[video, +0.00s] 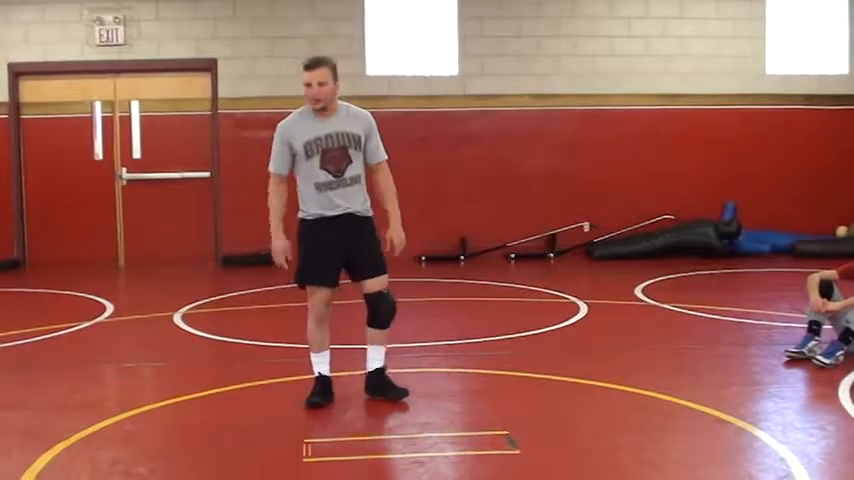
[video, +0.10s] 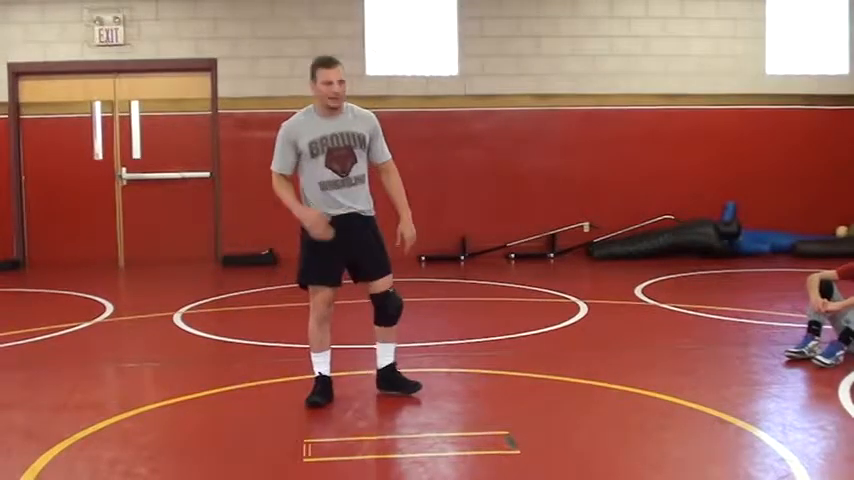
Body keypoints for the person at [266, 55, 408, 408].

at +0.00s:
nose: (314, 91)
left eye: (321, 84)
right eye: (308, 85)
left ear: (337, 86)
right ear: (303, 88)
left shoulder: (362, 120)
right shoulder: (288, 129)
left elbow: (381, 171)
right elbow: (277, 182)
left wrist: (394, 222)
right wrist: (277, 234)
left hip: (359, 223)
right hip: (316, 226)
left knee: (381, 302)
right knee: (319, 304)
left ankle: (376, 376)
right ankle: (322, 381)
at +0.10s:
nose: (335, 89)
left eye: (340, 82)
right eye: (327, 83)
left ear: (347, 84)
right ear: (313, 87)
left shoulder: (367, 121)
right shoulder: (293, 129)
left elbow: (387, 170)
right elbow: (279, 179)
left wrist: (406, 216)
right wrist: (303, 213)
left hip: (362, 222)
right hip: (321, 225)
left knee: (387, 300)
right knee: (321, 304)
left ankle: (387, 372)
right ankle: (322, 380)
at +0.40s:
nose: (385, 89)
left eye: (386, 83)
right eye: (379, 84)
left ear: (372, 87)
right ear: (357, 86)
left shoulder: (389, 123)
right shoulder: (328, 125)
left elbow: (400, 172)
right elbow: (310, 177)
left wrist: (414, 214)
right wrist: (359, 170)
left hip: (383, 221)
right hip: (345, 224)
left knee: (396, 299)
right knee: (336, 303)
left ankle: (392, 371)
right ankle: (325, 379)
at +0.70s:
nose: (422, 94)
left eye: (423, 88)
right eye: (418, 88)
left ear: (407, 88)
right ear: (396, 86)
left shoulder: (417, 128)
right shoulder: (361, 121)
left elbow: (422, 180)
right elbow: (343, 172)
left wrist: (435, 228)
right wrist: (391, 184)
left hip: (403, 222)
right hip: (368, 223)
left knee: (401, 300)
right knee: (364, 302)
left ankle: (392, 371)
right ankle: (347, 375)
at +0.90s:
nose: (438, 98)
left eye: (439, 91)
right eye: (434, 91)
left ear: (425, 91)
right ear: (413, 88)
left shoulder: (430, 131)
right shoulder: (376, 122)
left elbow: (434, 181)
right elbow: (359, 173)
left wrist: (448, 227)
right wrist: (363, 228)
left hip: (412, 223)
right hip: (381, 222)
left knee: (407, 300)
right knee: (396, 298)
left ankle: (391, 370)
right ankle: (402, 375)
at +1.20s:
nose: (459, 100)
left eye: (461, 93)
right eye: (454, 93)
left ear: (445, 93)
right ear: (434, 91)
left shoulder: (450, 131)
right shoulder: (399, 126)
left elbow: (452, 180)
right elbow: (370, 173)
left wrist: (462, 219)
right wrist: (357, 229)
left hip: (433, 225)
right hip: (405, 227)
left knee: (417, 301)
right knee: (443, 299)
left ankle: (393, 370)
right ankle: (470, 372)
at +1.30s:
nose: (467, 99)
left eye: (468, 93)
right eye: (462, 93)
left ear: (457, 94)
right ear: (440, 91)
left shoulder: (459, 131)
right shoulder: (410, 129)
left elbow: (462, 179)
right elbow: (390, 182)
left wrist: (469, 219)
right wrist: (390, 237)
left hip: (445, 227)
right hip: (417, 229)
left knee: (426, 302)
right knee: (450, 305)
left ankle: (395, 370)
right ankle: (470, 381)